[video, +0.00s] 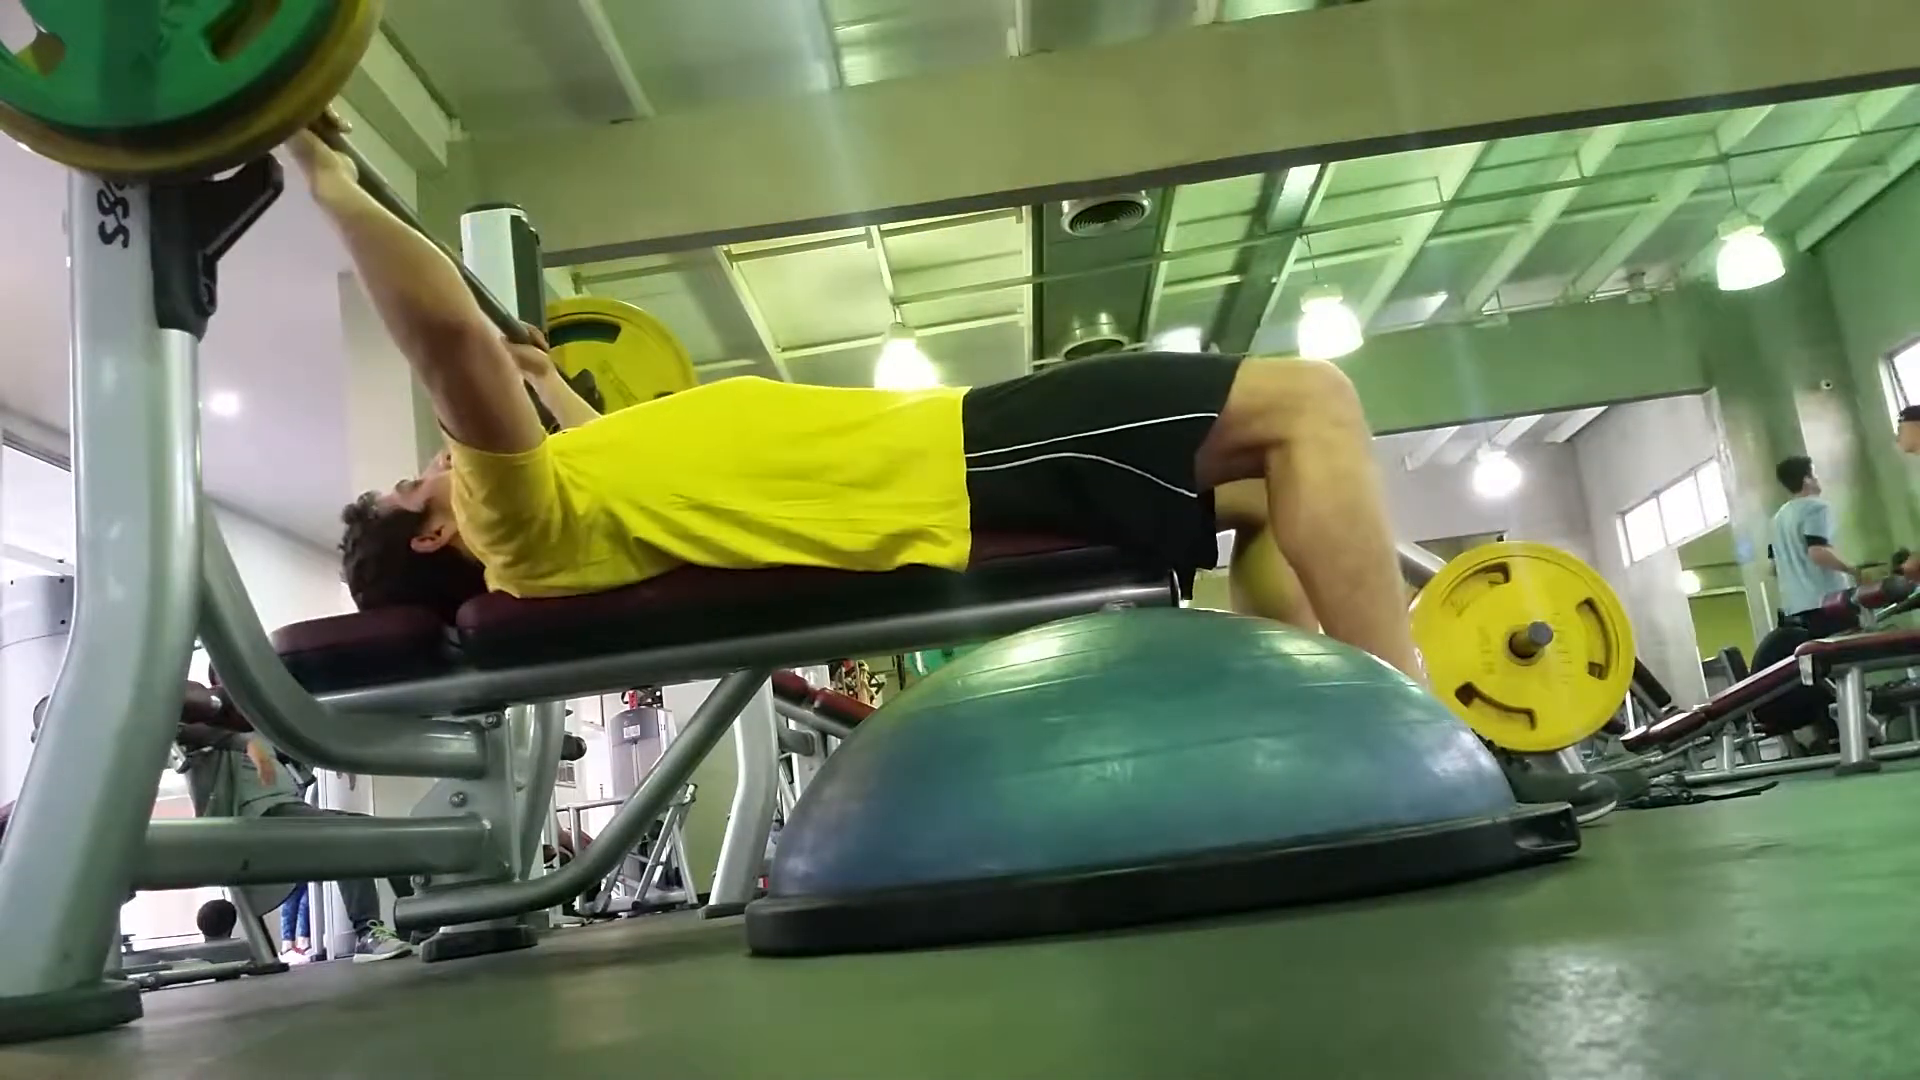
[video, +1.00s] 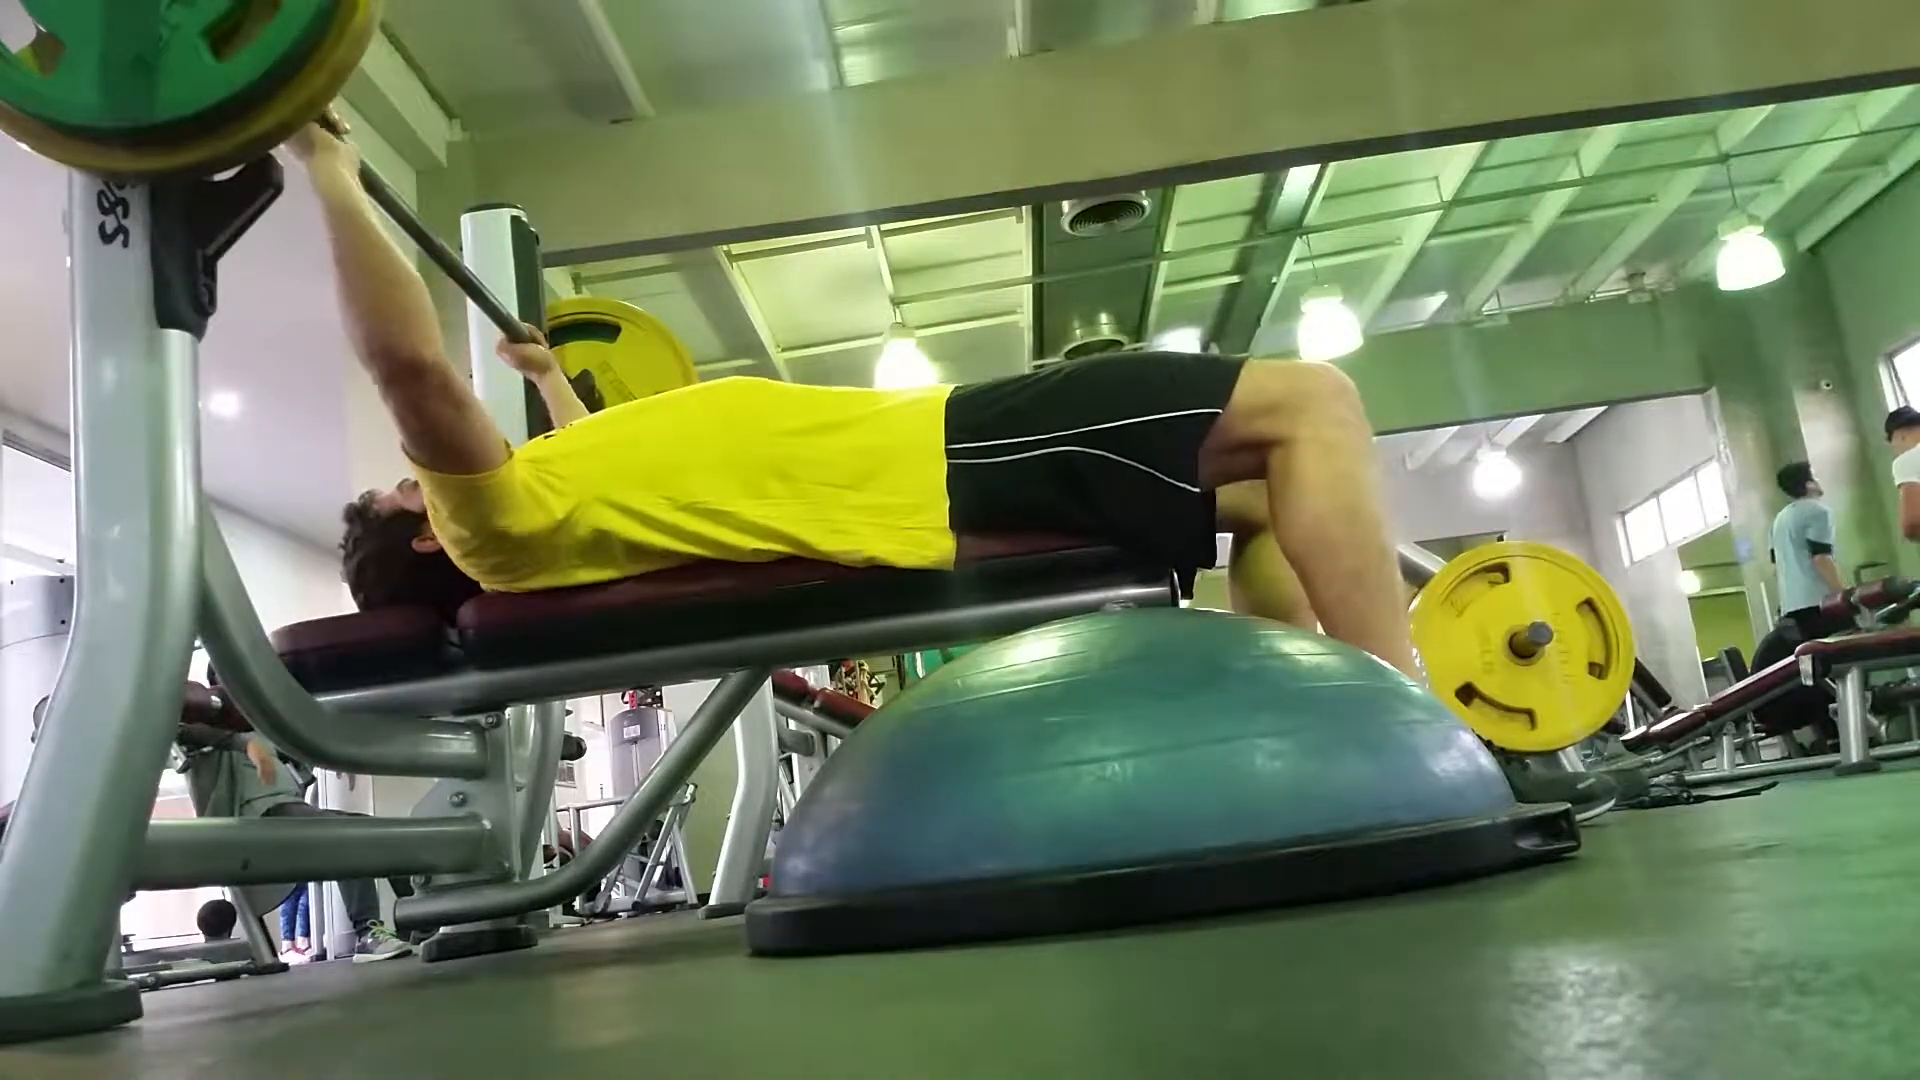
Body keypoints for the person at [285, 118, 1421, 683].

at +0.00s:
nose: (436, 466)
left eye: (419, 471)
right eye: (420, 480)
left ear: (453, 530)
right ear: (440, 529)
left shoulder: (564, 514)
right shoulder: (526, 525)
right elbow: (451, 327)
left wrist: (534, 388)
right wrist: (328, 182)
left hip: (948, 466)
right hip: (942, 467)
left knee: (1256, 488)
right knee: (1305, 401)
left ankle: (1310, 739)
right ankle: (1413, 733)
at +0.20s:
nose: (429, 467)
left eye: (414, 471)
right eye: (416, 480)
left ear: (448, 529)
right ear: (437, 528)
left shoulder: (562, 514)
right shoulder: (525, 526)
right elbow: (451, 329)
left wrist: (538, 389)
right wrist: (326, 175)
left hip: (945, 463)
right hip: (940, 465)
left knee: (1254, 507)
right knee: (1309, 402)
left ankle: (1304, 740)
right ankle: (1414, 737)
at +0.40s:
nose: (508, 385)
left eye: (408, 476)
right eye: (416, 476)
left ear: (442, 537)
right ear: (430, 521)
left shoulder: (562, 512)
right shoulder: (518, 526)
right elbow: (443, 337)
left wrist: (542, 390)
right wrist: (322, 165)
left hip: (944, 465)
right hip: (938, 460)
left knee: (1253, 506)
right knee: (1309, 403)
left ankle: (1305, 746)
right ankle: (1414, 740)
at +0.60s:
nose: (415, 479)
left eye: (404, 479)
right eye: (410, 479)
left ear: (439, 541)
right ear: (428, 522)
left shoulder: (559, 513)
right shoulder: (517, 528)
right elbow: (438, 346)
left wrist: (545, 389)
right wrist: (325, 171)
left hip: (941, 465)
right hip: (935, 462)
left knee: (1250, 507)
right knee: (1309, 401)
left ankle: (1311, 742)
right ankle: (1413, 737)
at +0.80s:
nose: (406, 470)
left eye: (398, 476)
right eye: (402, 479)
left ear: (433, 555)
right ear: (427, 525)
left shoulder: (547, 519)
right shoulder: (508, 527)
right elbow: (428, 356)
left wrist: (548, 395)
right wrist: (325, 174)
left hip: (935, 471)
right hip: (933, 460)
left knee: (1251, 499)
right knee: (1310, 402)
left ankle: (1307, 734)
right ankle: (1409, 732)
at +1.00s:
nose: (412, 474)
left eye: (401, 478)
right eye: (405, 483)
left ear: (430, 567)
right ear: (426, 529)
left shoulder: (550, 523)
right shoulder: (506, 528)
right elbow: (408, 368)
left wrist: (550, 397)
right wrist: (314, 147)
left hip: (934, 471)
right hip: (932, 459)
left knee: (1250, 501)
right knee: (1311, 402)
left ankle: (1308, 732)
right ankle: (1413, 736)